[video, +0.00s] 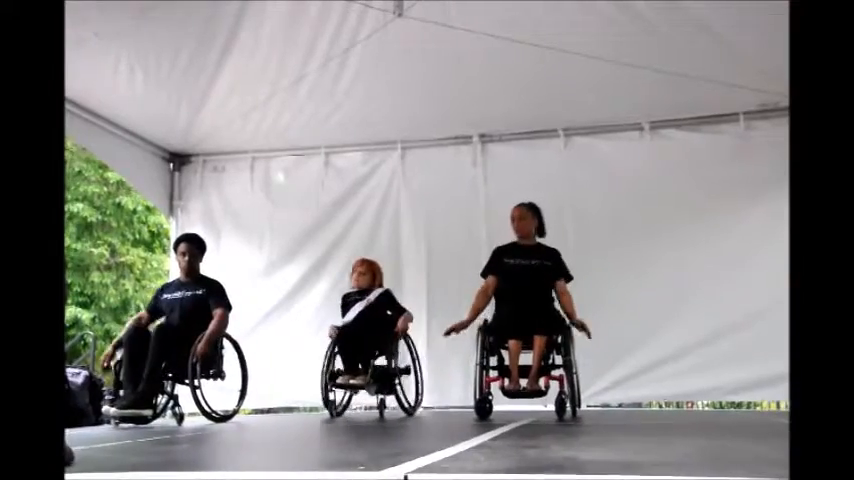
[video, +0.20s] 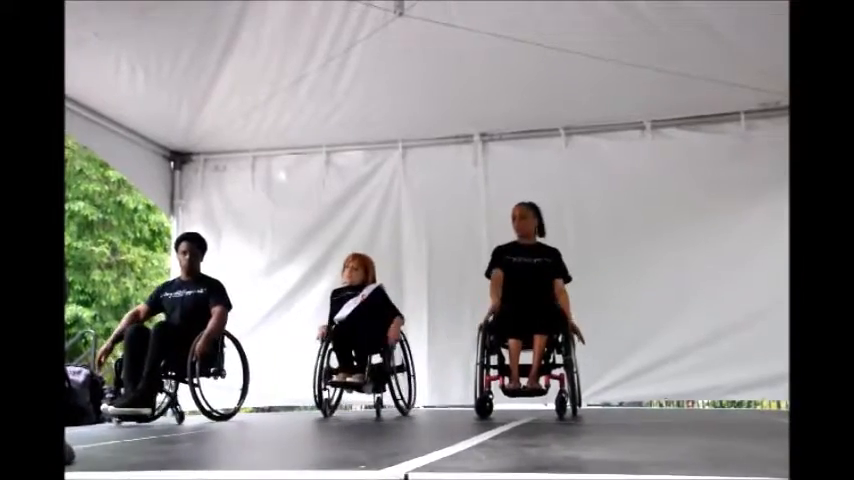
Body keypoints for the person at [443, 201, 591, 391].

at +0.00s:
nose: (516, 224)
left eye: (521, 219)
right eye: (513, 220)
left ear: (535, 222)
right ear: (510, 223)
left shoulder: (550, 254)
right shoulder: (501, 253)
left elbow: (561, 290)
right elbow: (487, 289)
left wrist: (573, 318)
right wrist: (469, 319)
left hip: (540, 311)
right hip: (510, 310)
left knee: (544, 321)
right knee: (513, 323)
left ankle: (534, 378)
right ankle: (514, 378)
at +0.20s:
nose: (518, 223)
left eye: (524, 218)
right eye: (515, 219)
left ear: (537, 221)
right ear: (511, 223)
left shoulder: (551, 253)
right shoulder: (502, 252)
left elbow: (560, 289)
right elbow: (496, 280)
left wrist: (569, 320)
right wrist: (496, 302)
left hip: (542, 305)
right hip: (514, 306)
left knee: (543, 319)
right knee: (513, 320)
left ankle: (534, 377)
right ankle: (514, 377)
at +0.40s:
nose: (514, 223)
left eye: (519, 217)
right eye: (510, 219)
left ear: (532, 221)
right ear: (507, 223)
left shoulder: (549, 252)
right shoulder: (501, 250)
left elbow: (562, 290)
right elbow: (492, 264)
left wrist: (579, 324)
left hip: (541, 306)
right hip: (512, 307)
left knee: (543, 319)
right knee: (515, 320)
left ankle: (534, 376)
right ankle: (514, 376)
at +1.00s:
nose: (515, 226)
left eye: (520, 221)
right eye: (513, 221)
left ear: (535, 222)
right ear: (510, 223)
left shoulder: (554, 245)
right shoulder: (502, 246)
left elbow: (594, 239)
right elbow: (463, 239)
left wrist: (633, 232)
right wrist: (431, 229)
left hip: (542, 309)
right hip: (511, 309)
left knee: (544, 313)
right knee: (514, 315)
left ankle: (535, 375)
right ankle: (514, 375)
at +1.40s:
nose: (532, 229)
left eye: (537, 224)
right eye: (529, 224)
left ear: (547, 228)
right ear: (525, 228)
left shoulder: (554, 252)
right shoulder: (508, 254)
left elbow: (555, 220)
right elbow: (492, 293)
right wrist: (475, 322)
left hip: (543, 312)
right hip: (513, 312)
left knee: (548, 322)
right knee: (517, 324)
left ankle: (536, 381)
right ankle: (517, 381)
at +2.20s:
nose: (537, 231)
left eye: (544, 227)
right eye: (534, 227)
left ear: (554, 234)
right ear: (530, 232)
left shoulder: (560, 266)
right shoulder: (514, 259)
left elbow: (592, 296)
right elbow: (498, 292)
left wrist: (608, 268)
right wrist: (490, 324)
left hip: (549, 320)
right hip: (519, 318)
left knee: (549, 328)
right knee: (518, 328)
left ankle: (537, 387)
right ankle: (517, 386)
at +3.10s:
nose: (549, 244)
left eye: (553, 239)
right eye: (548, 239)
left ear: (568, 241)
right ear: (568, 242)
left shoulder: (572, 266)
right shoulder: (576, 265)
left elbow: (558, 301)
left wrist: (546, 283)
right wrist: (553, 284)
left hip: (566, 334)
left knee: (502, 327)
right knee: (504, 327)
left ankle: (506, 384)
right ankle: (506, 384)